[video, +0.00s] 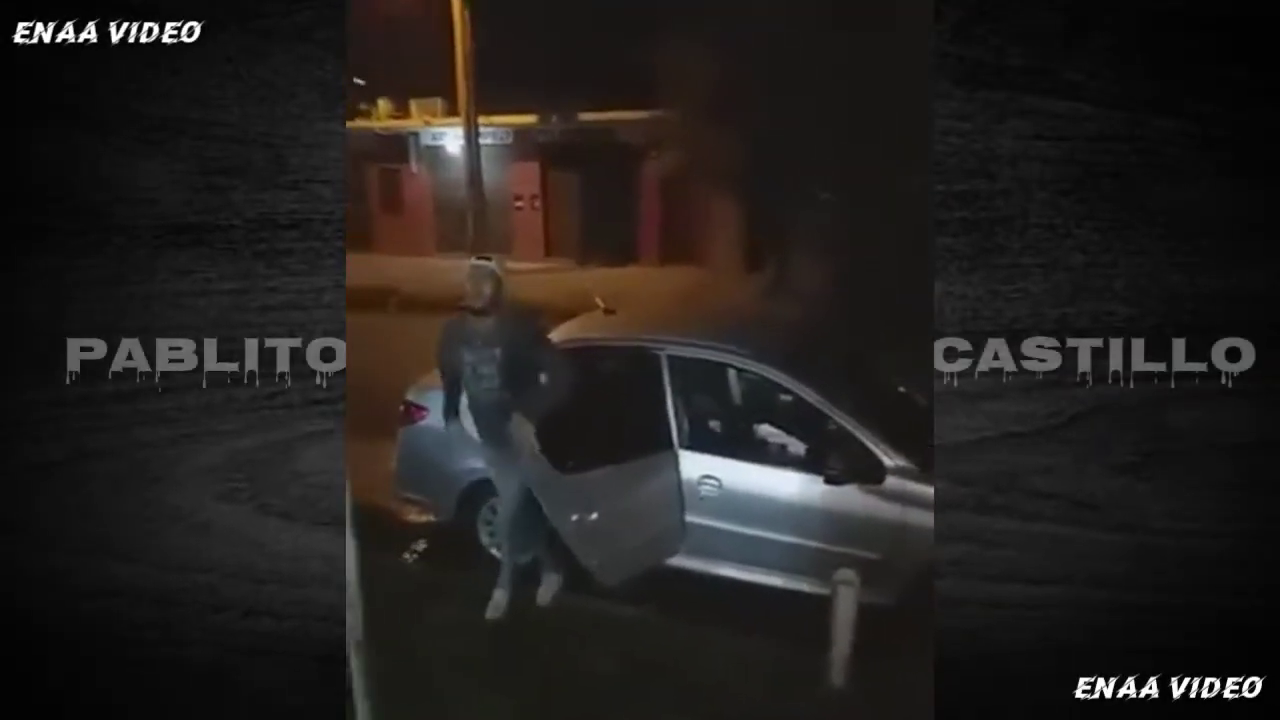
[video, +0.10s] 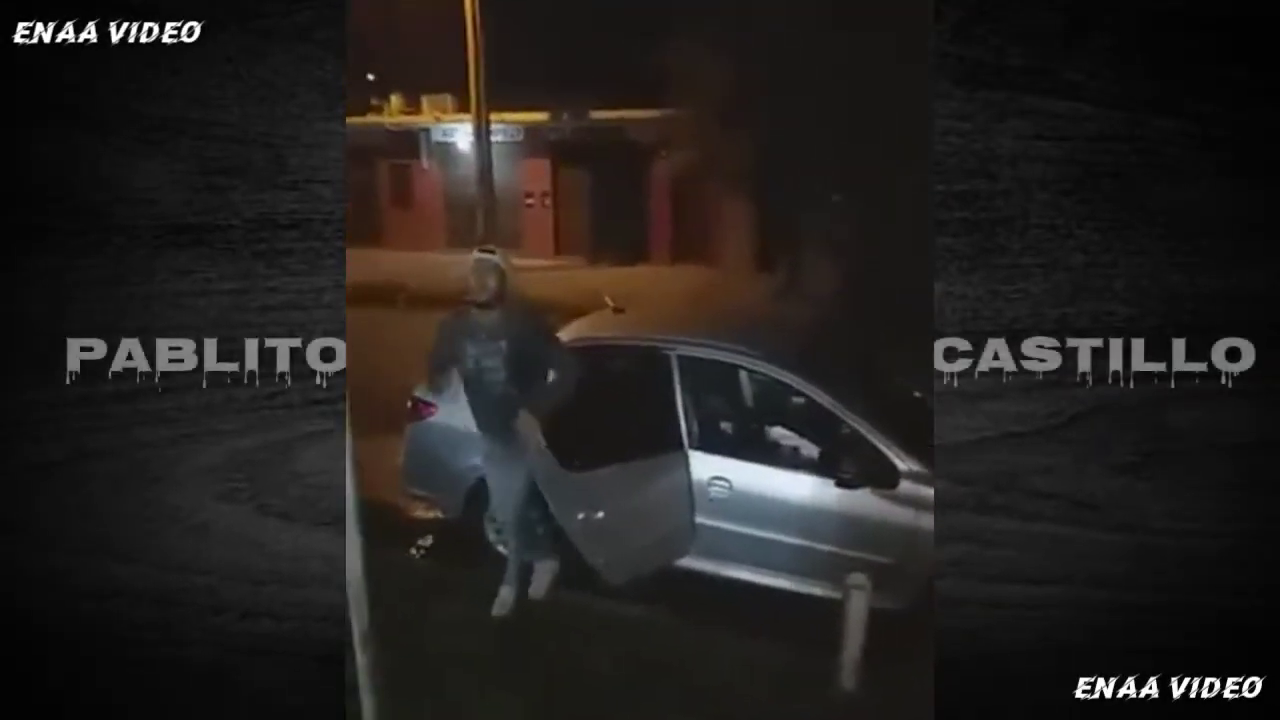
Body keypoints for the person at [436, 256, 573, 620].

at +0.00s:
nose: (477, 291)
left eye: (484, 284)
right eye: (472, 284)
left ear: (496, 286)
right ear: (466, 288)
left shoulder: (518, 325)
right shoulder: (456, 329)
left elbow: (559, 372)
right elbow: (450, 373)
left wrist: (531, 412)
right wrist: (451, 414)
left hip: (518, 422)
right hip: (483, 423)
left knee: (509, 505)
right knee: (515, 499)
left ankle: (503, 586)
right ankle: (550, 568)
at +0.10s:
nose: (479, 283)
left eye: (486, 275)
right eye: (474, 275)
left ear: (501, 280)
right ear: (468, 281)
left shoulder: (523, 321)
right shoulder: (457, 326)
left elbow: (566, 371)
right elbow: (437, 372)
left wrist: (535, 411)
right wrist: (437, 383)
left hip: (523, 429)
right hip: (488, 428)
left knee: (506, 509)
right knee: (512, 501)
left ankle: (510, 581)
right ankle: (545, 557)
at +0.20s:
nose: (490, 282)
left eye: (497, 273)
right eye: (484, 274)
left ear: (512, 276)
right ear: (478, 278)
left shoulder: (533, 318)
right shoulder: (472, 321)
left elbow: (576, 364)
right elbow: (439, 373)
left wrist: (547, 409)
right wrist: (458, 333)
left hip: (529, 431)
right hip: (494, 430)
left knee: (522, 515)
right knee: (496, 511)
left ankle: (522, 580)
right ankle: (521, 554)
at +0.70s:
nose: (501, 296)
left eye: (508, 288)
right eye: (495, 287)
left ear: (519, 293)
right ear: (483, 292)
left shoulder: (535, 330)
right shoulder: (466, 331)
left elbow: (572, 364)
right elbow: (469, 381)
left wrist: (558, 409)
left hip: (521, 441)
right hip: (476, 440)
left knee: (527, 522)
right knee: (483, 519)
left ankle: (541, 593)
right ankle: (487, 576)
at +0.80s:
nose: (506, 298)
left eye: (511, 290)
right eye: (499, 290)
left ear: (518, 294)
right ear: (481, 295)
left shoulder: (527, 330)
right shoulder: (463, 331)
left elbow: (562, 362)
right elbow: (457, 386)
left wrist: (552, 409)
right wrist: (449, 432)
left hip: (514, 443)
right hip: (470, 442)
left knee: (520, 522)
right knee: (477, 520)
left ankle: (533, 592)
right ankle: (482, 575)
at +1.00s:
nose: (521, 305)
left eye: (522, 297)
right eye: (514, 298)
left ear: (520, 300)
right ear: (491, 303)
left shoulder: (527, 335)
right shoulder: (469, 334)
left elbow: (552, 372)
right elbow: (470, 388)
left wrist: (548, 413)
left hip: (510, 444)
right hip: (468, 445)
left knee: (517, 522)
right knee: (476, 522)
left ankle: (520, 587)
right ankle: (480, 580)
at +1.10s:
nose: (532, 303)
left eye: (531, 296)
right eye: (525, 296)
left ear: (526, 297)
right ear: (504, 300)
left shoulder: (529, 334)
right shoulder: (476, 330)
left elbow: (552, 369)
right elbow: (487, 384)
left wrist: (552, 408)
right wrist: (528, 340)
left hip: (508, 438)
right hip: (468, 438)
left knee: (517, 516)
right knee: (476, 516)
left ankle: (519, 582)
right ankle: (480, 574)